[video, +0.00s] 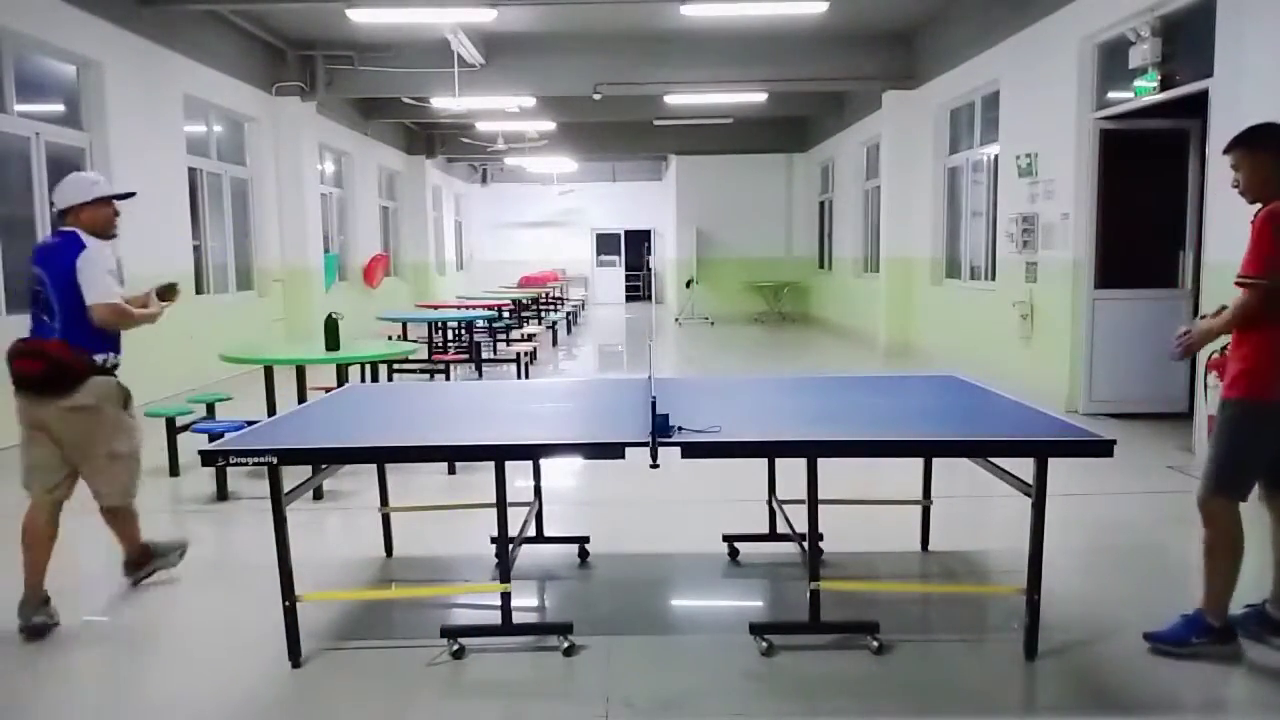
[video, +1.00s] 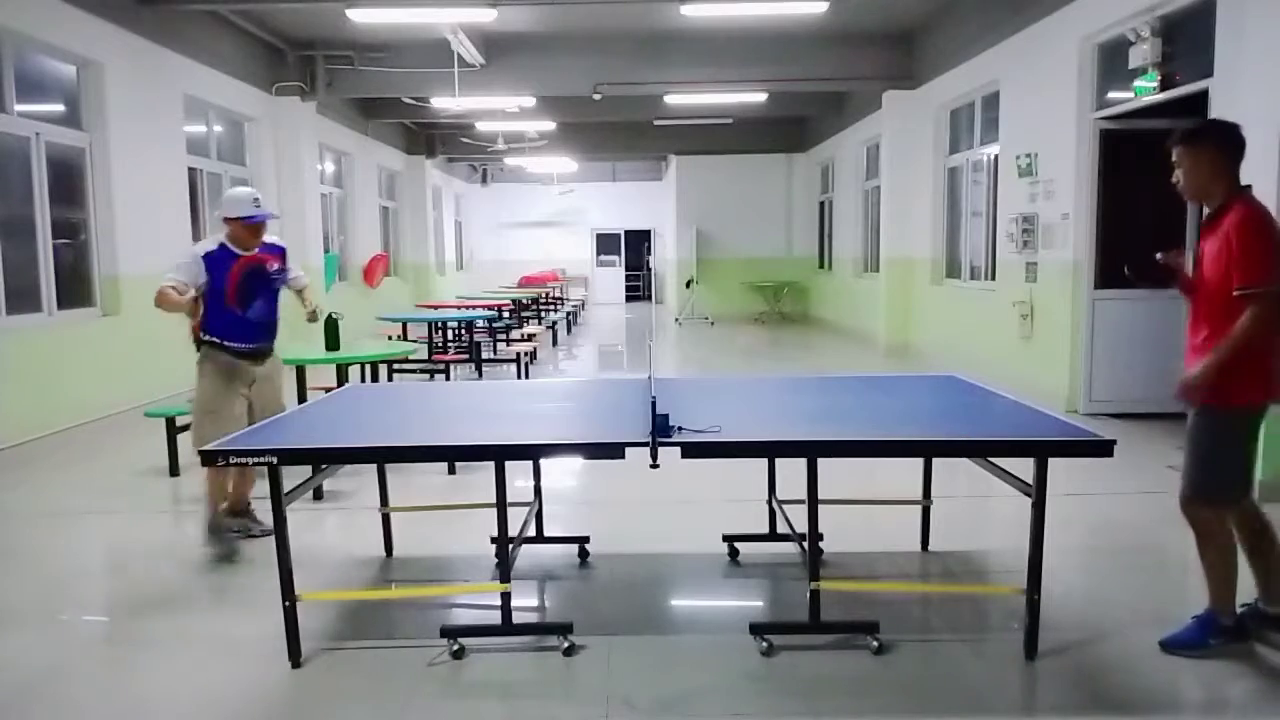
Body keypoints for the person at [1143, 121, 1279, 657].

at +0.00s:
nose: (1233, 180)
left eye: (1239, 168)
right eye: (1231, 170)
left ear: (1269, 164)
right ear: (1268, 167)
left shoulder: (1270, 219)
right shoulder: (1274, 218)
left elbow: (1254, 301)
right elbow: (1261, 301)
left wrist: (1207, 328)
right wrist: (1222, 334)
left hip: (1255, 390)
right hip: (1270, 389)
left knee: (1217, 498)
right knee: (1274, 495)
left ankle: (1213, 619)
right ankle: (1276, 607)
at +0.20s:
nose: (1232, 179)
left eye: (1238, 167)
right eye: (1232, 168)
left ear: (1265, 165)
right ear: (1270, 166)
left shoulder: (1263, 219)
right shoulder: (1273, 215)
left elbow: (1220, 291)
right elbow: (1258, 273)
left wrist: (1189, 264)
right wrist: (1215, 252)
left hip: (1252, 382)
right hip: (1276, 382)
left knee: (1212, 495)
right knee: (1275, 491)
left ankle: (1219, 616)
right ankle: (1277, 607)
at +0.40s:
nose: (1227, 167)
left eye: (1233, 157)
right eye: (1228, 157)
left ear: (1258, 159)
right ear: (1268, 159)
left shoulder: (1253, 215)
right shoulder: (1271, 212)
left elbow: (1221, 291)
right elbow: (1235, 286)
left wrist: (1174, 268)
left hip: (1247, 385)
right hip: (1273, 384)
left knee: (1207, 494)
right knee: (1274, 493)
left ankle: (1221, 615)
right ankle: (1277, 606)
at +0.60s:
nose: (1212, 175)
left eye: (1217, 165)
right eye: (1211, 165)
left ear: (1243, 163)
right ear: (1257, 163)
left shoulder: (1243, 216)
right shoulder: (1275, 208)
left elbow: (1236, 297)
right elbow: (1252, 293)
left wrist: (1182, 320)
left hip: (1241, 387)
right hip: (1275, 386)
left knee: (1201, 497)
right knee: (1271, 497)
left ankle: (1221, 617)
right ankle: (1275, 606)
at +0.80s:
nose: (1193, 175)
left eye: (1199, 164)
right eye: (1193, 164)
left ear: (1229, 163)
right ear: (1235, 165)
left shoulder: (1246, 220)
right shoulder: (1254, 215)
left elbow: (1247, 303)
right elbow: (1244, 294)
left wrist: (1193, 342)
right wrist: (1198, 274)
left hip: (1235, 392)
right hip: (1259, 390)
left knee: (1199, 499)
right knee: (1265, 498)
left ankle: (1221, 617)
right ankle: (1274, 606)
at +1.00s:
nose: (1175, 178)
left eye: (1182, 165)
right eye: (1175, 167)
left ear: (1217, 164)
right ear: (1212, 168)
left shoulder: (1246, 221)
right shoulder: (1222, 222)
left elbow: (1259, 310)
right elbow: (1221, 299)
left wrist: (1205, 371)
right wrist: (1185, 278)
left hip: (1232, 388)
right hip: (1229, 387)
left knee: (1202, 501)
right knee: (1235, 498)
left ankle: (1222, 616)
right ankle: (1272, 602)